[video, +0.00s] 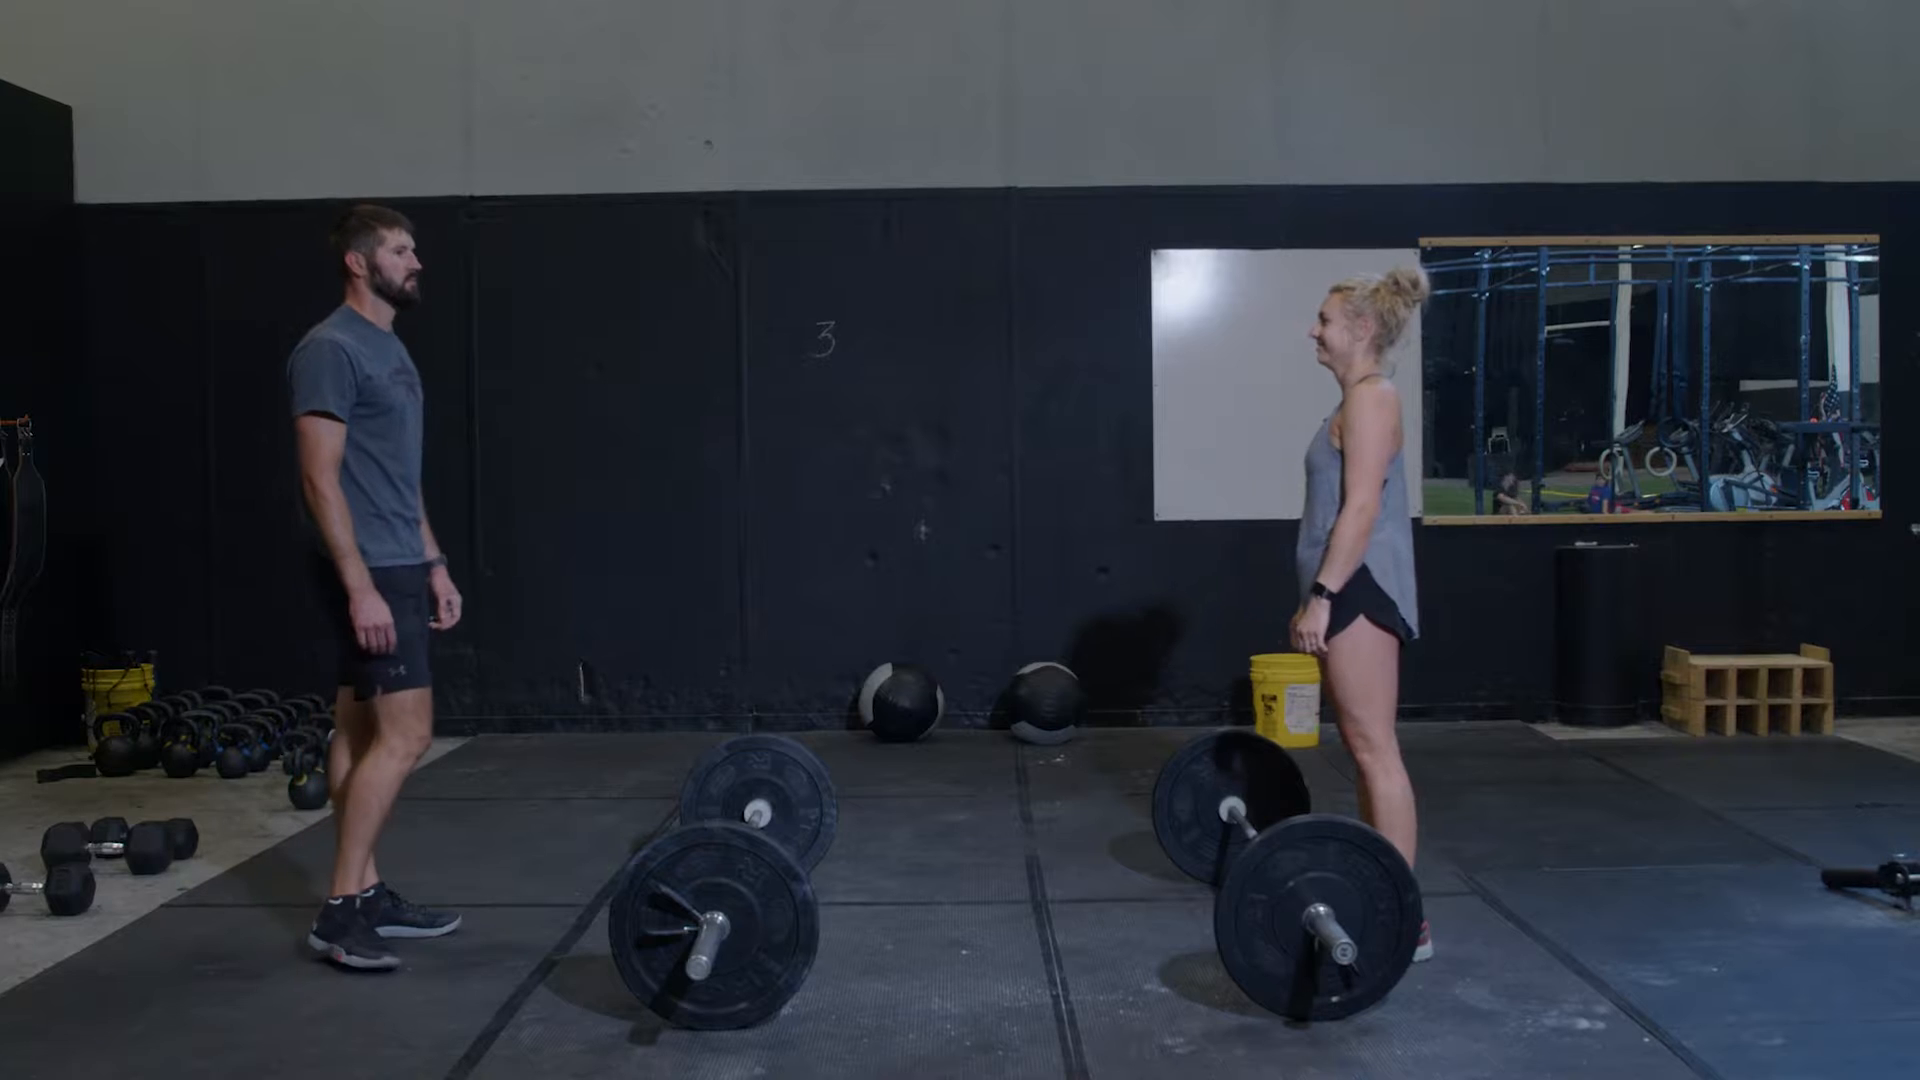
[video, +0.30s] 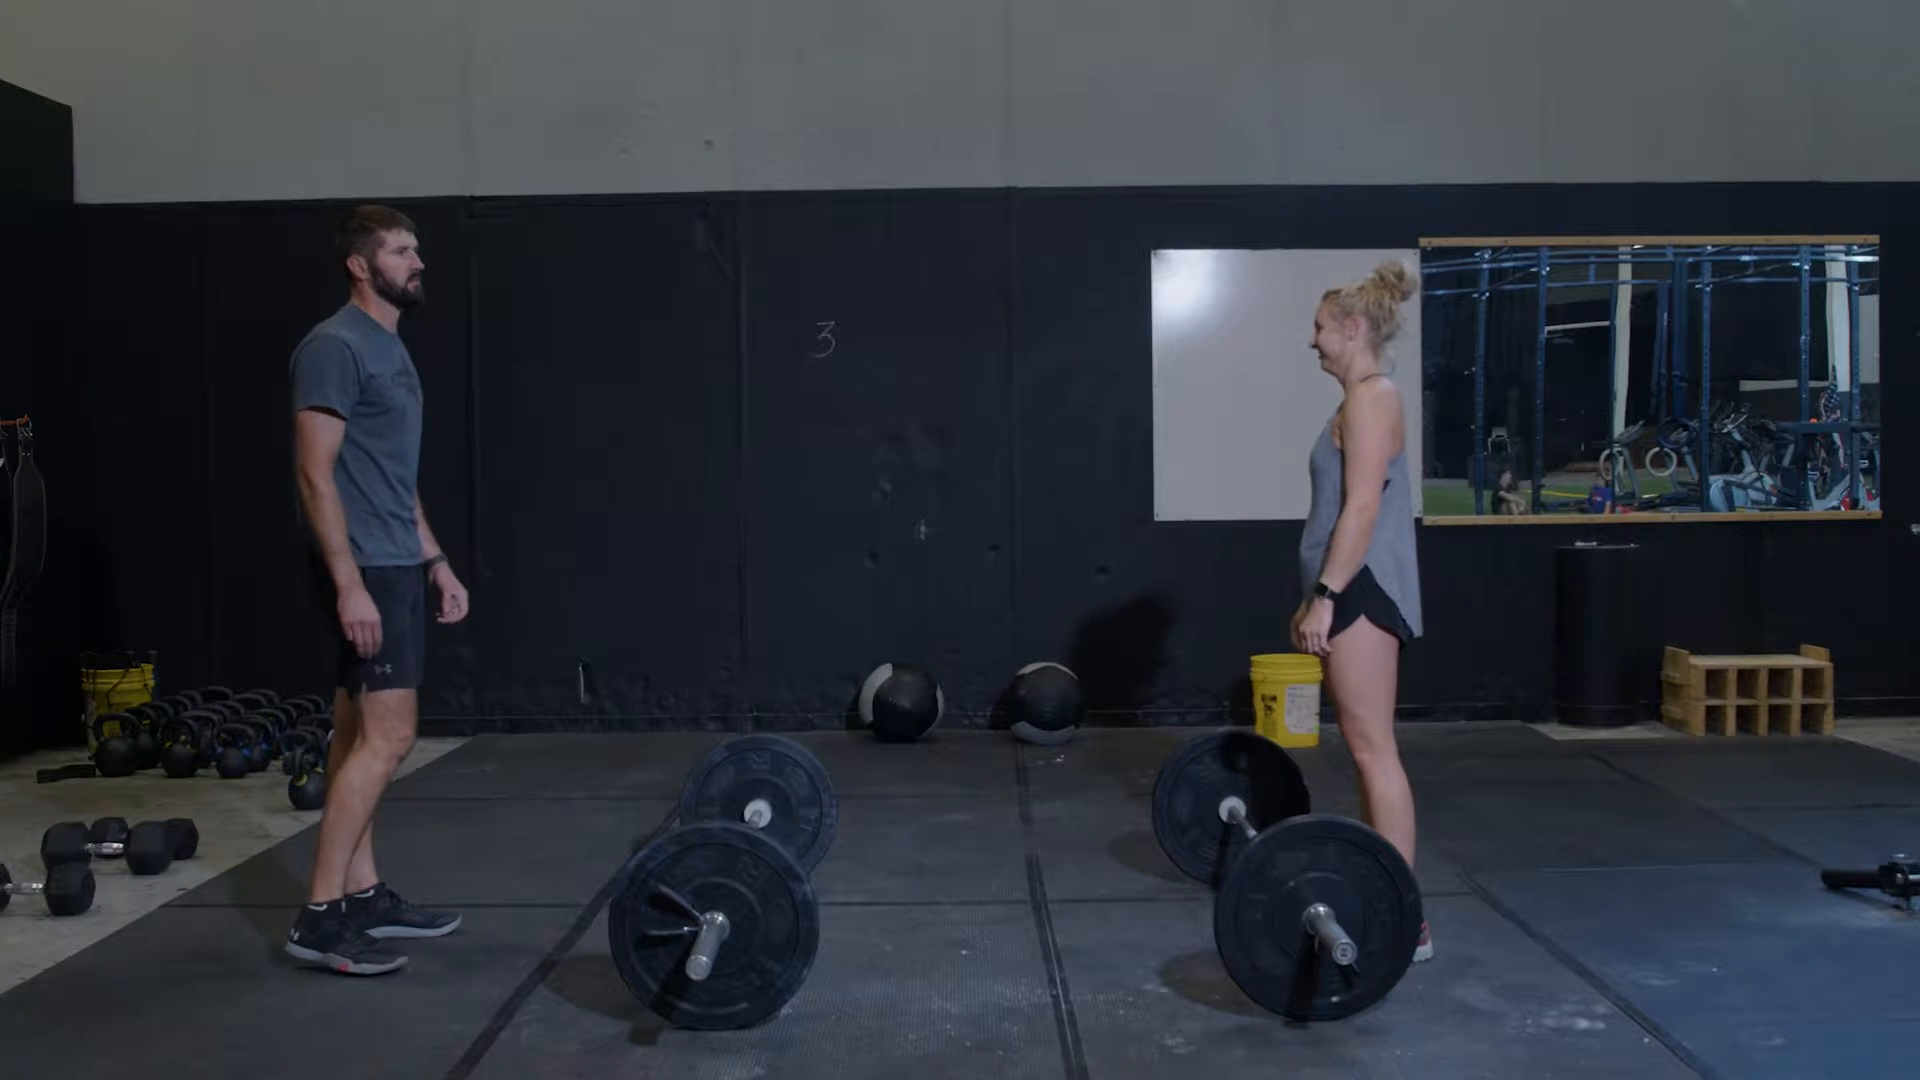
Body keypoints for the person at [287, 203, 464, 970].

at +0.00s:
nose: (415, 264)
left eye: (414, 253)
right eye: (401, 252)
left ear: (381, 265)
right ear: (359, 262)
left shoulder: (388, 348)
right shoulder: (328, 348)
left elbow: (400, 475)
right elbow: (320, 479)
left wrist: (432, 563)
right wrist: (359, 587)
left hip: (394, 565)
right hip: (367, 569)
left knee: (355, 729)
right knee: (406, 732)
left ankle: (366, 894)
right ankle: (341, 908)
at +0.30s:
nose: (417, 264)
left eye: (417, 253)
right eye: (403, 253)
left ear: (389, 267)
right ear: (361, 265)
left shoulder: (388, 348)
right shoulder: (333, 346)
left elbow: (396, 475)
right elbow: (315, 473)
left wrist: (434, 560)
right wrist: (348, 586)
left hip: (396, 564)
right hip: (367, 567)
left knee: (357, 730)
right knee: (389, 735)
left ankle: (364, 896)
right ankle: (320, 913)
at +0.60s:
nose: (406, 260)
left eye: (406, 249)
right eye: (391, 249)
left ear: (386, 265)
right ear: (349, 262)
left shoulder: (376, 343)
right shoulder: (323, 341)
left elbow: (371, 458)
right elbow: (290, 461)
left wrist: (432, 505)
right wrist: (399, 528)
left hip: (387, 569)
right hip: (350, 573)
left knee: (370, 732)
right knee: (343, 742)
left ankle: (365, 900)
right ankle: (308, 930)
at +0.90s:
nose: (396, 257)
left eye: (396, 245)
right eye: (381, 245)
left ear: (381, 260)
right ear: (337, 257)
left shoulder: (376, 345)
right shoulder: (306, 342)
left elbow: (372, 458)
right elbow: (284, 468)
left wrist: (430, 488)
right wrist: (404, 509)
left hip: (380, 570)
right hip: (333, 574)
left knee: (370, 735)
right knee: (326, 743)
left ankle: (364, 901)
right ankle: (306, 929)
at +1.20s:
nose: (421, 289)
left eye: (425, 275)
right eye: (414, 273)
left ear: (382, 268)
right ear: (370, 263)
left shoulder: (376, 343)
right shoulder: (308, 351)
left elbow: (368, 455)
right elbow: (298, 485)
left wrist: (426, 498)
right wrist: (414, 543)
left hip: (399, 570)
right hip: (340, 579)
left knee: (461, 714)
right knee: (323, 745)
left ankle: (391, 868)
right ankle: (306, 926)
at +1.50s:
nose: (488, 316)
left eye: (493, 303)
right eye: (485, 300)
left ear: (453, 285)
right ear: (448, 281)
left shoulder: (436, 355)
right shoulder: (370, 360)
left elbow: (422, 470)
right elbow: (352, 497)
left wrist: (480, 517)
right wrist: (433, 596)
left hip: (433, 579)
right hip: (374, 583)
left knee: (483, 735)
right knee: (344, 749)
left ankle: (553, 883)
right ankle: (309, 927)